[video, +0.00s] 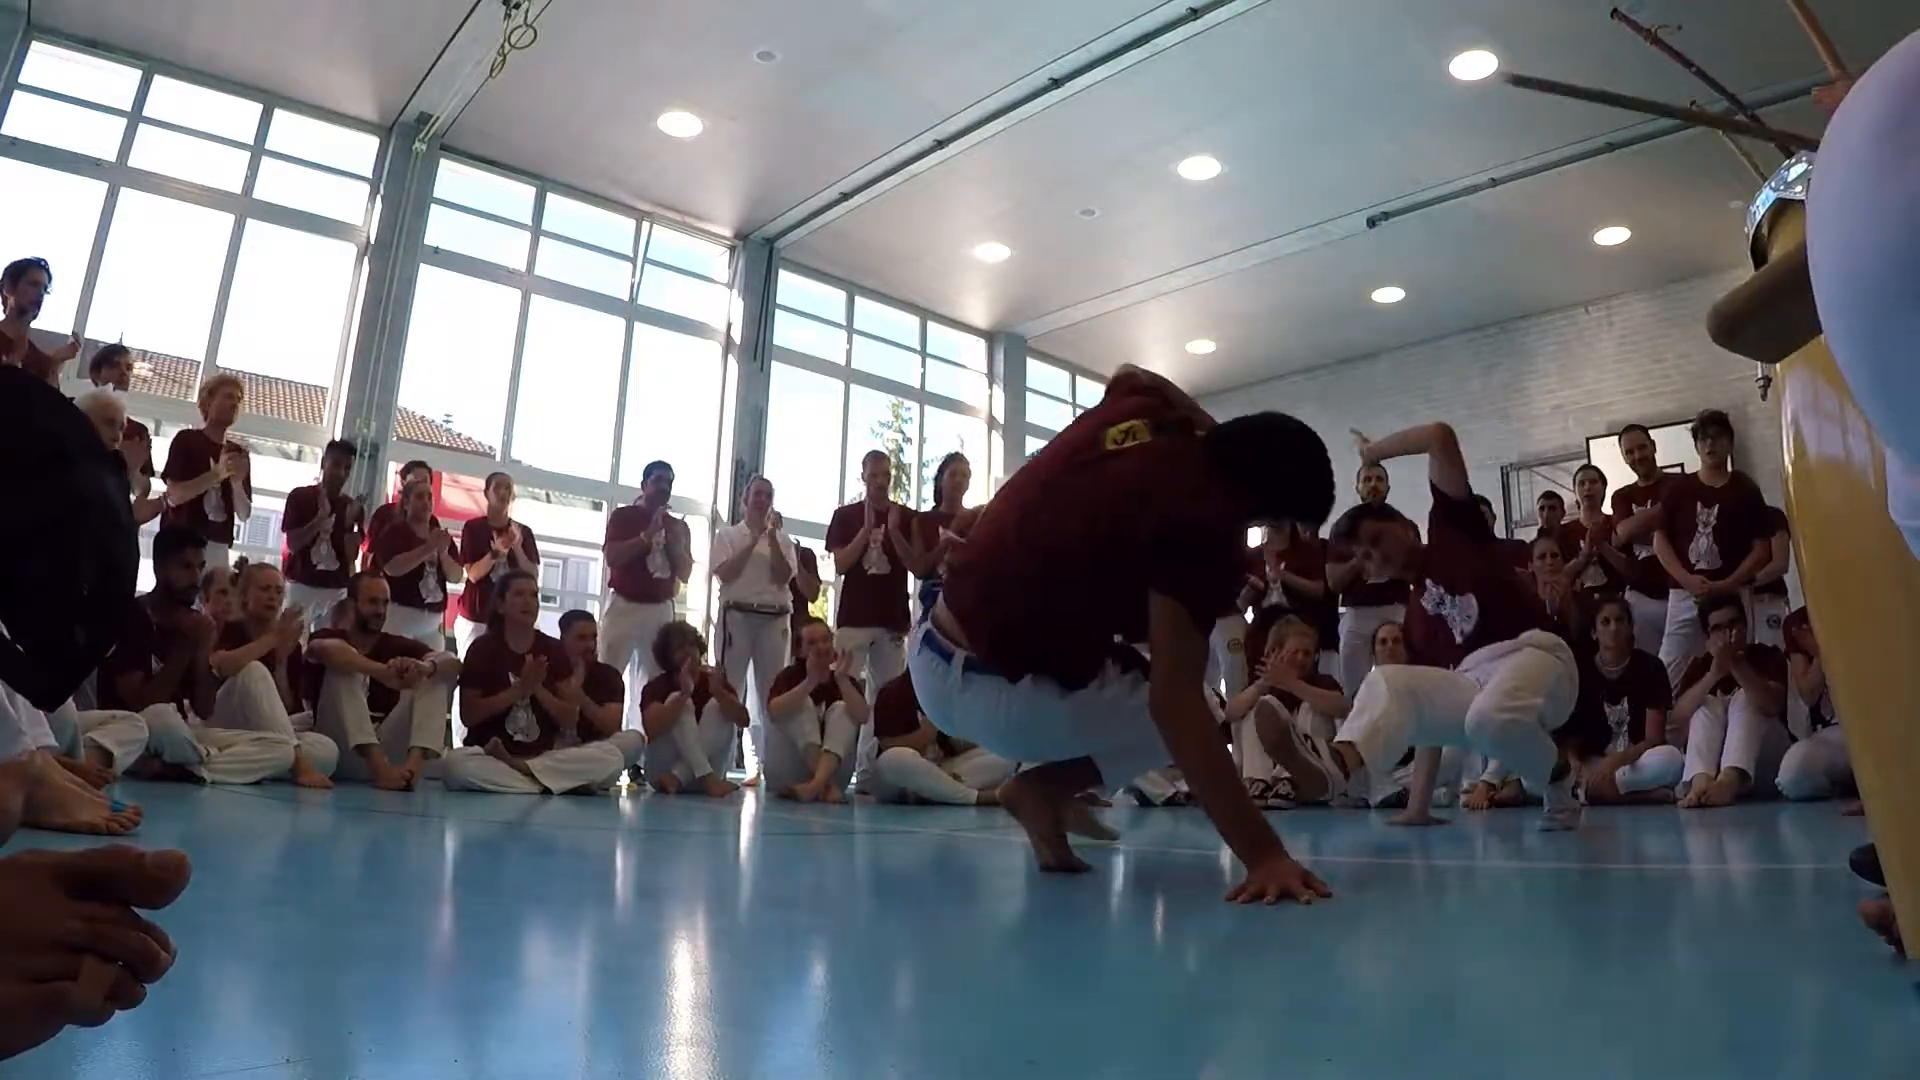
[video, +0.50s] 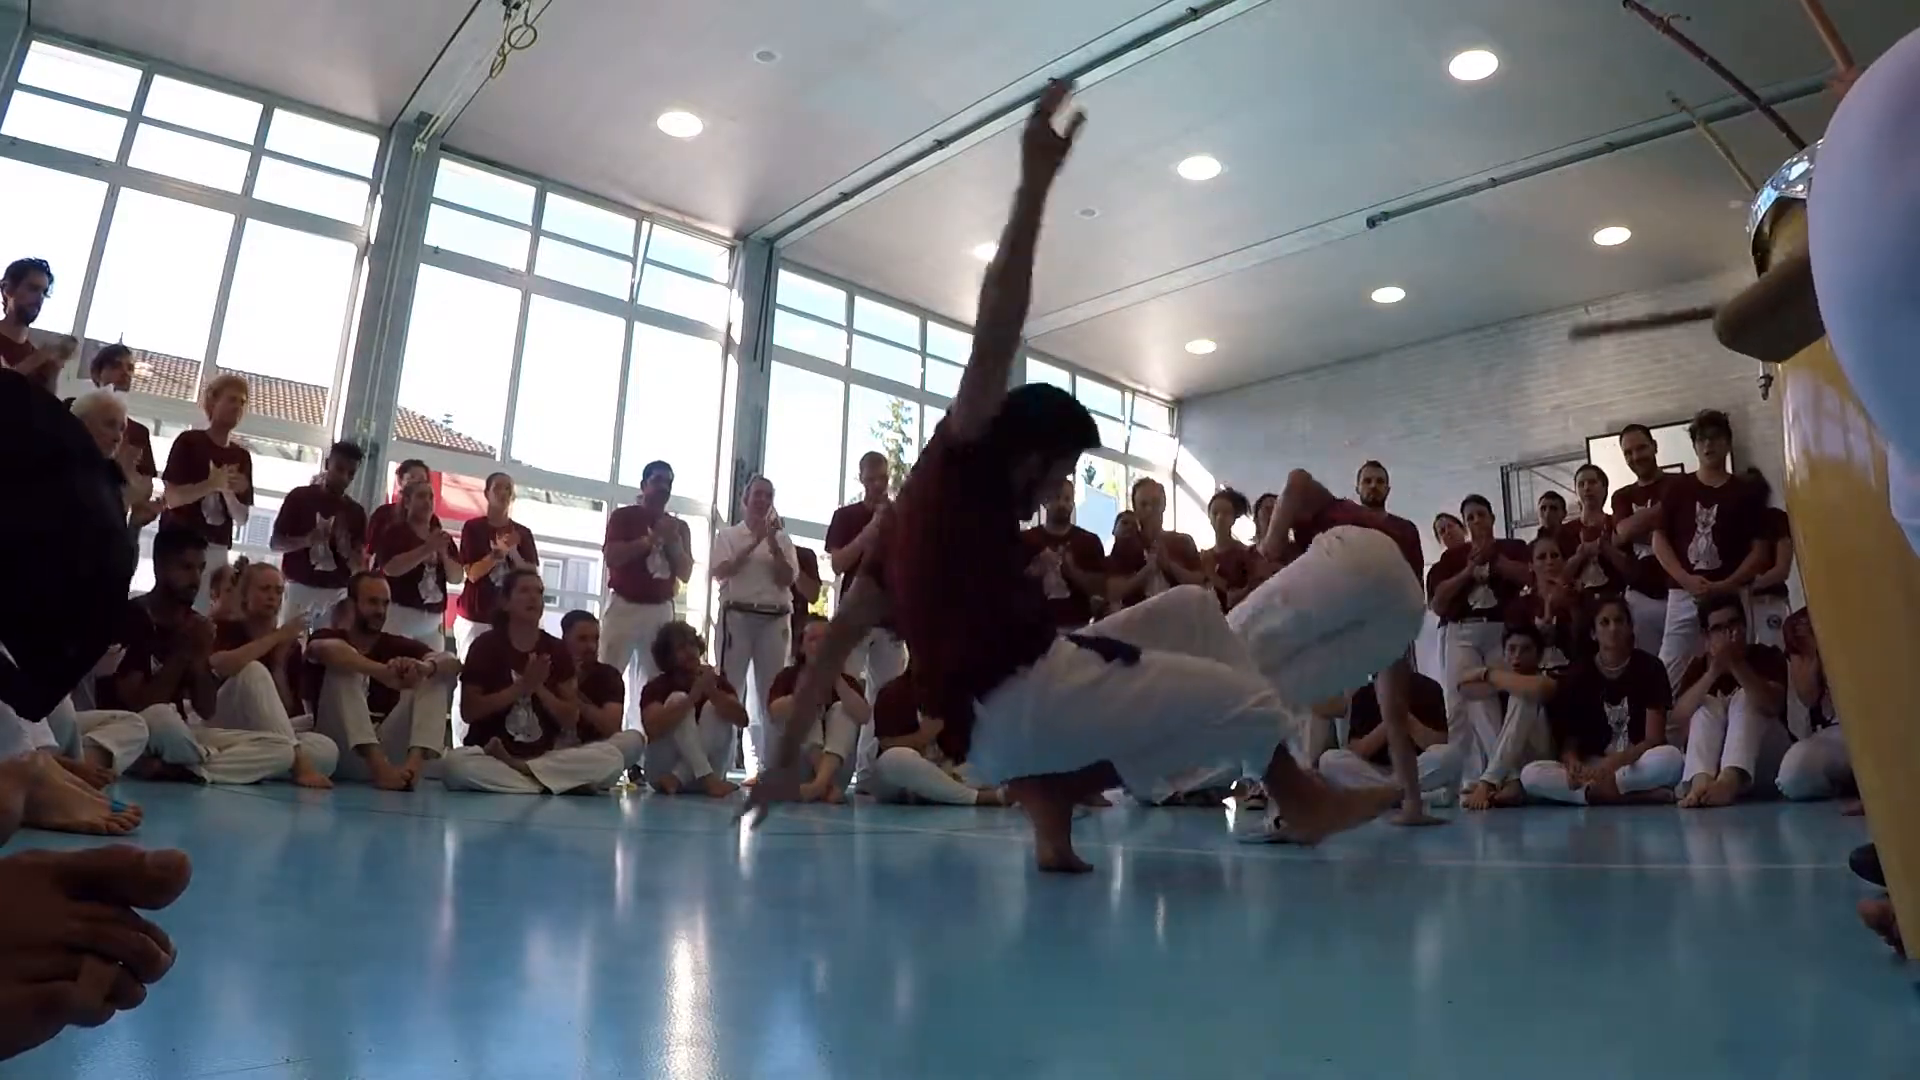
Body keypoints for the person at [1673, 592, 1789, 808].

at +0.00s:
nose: (1728, 635)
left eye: (1734, 625)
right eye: (1718, 629)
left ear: (1745, 625)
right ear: (1708, 635)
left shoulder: (1768, 655)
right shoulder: (1699, 665)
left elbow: (1774, 706)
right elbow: (1679, 716)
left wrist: (1736, 665)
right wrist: (1713, 674)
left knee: (1745, 697)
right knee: (1708, 704)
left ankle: (1730, 778)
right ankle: (1700, 781)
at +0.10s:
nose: (1728, 634)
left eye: (1734, 625)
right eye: (1719, 629)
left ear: (1745, 625)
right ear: (1707, 635)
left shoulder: (1768, 656)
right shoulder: (1699, 665)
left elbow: (1774, 706)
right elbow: (1678, 716)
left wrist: (1737, 664)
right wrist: (1712, 673)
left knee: (1745, 697)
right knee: (1708, 704)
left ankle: (1730, 778)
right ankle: (1700, 781)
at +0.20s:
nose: (1728, 634)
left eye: (1734, 625)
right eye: (1719, 629)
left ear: (1744, 624)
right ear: (1706, 634)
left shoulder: (1768, 656)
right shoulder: (1700, 664)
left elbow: (1774, 706)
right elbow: (1678, 717)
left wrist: (1736, 663)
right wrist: (1709, 673)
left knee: (1746, 697)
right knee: (1708, 704)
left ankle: (1730, 779)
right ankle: (1700, 781)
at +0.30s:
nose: (1729, 633)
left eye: (1734, 624)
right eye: (1719, 629)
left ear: (1744, 625)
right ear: (1707, 635)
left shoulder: (1768, 655)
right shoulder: (1699, 665)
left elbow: (1774, 706)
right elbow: (1679, 716)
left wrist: (1737, 664)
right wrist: (1713, 673)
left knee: (1745, 697)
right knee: (1708, 704)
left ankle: (1730, 778)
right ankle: (1700, 781)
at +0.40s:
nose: (1728, 634)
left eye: (1733, 625)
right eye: (1719, 629)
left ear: (1744, 626)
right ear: (1707, 637)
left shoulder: (1768, 656)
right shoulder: (1699, 665)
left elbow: (1774, 706)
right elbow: (1678, 716)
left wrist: (1737, 664)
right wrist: (1713, 673)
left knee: (1745, 696)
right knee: (1707, 704)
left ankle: (1730, 778)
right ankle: (1700, 781)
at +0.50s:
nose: (1728, 634)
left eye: (1733, 625)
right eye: (1719, 629)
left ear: (1744, 626)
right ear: (1707, 636)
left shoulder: (1768, 656)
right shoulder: (1699, 665)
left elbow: (1774, 706)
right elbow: (1679, 716)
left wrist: (1736, 664)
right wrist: (1711, 673)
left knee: (1745, 696)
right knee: (1707, 705)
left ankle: (1730, 778)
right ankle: (1700, 781)